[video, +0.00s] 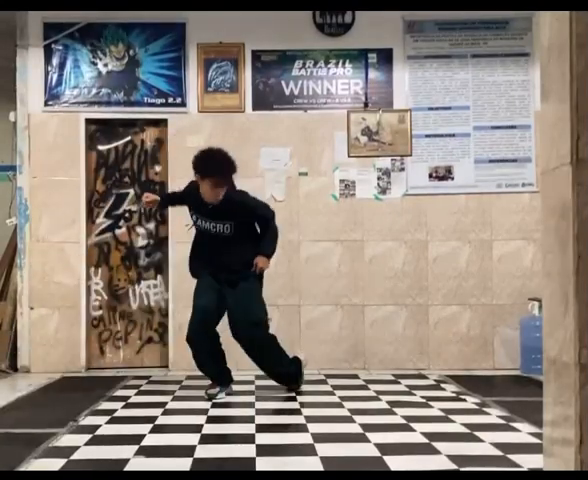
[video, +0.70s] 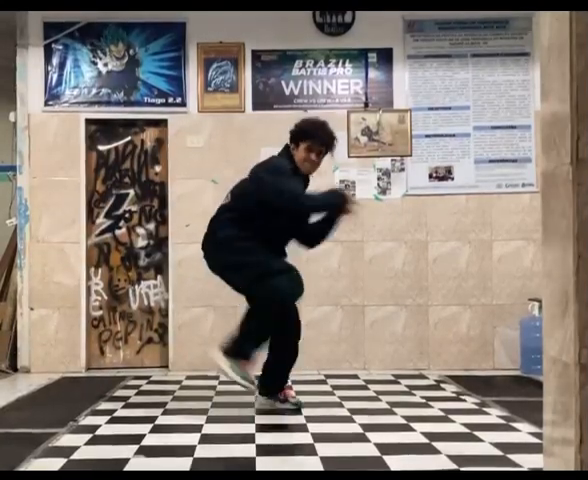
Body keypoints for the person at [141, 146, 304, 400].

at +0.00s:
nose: (220, 193)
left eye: (223, 187)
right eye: (215, 187)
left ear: (227, 184)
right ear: (199, 182)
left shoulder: (240, 202)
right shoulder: (193, 193)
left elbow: (268, 219)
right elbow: (179, 198)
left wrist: (266, 253)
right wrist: (161, 200)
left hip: (244, 278)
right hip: (210, 277)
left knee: (249, 332)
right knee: (198, 333)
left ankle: (291, 374)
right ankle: (221, 380)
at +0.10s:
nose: (223, 180)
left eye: (228, 174)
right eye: (218, 173)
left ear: (235, 170)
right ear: (205, 166)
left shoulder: (246, 189)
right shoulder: (195, 178)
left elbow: (268, 196)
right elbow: (182, 168)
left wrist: (266, 231)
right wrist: (160, 174)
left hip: (246, 264)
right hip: (212, 265)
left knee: (251, 311)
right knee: (205, 325)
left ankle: (286, 358)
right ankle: (221, 380)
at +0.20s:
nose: (249, 158)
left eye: (252, 152)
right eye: (245, 152)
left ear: (256, 150)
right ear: (229, 145)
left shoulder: (262, 172)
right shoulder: (206, 159)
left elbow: (268, 193)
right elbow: (165, 149)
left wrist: (268, 211)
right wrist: (170, 177)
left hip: (249, 242)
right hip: (215, 245)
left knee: (259, 292)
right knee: (218, 305)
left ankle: (272, 347)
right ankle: (223, 373)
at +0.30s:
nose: (272, 144)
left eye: (277, 138)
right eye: (267, 137)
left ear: (280, 137)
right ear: (250, 131)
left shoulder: (272, 164)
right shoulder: (217, 160)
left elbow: (258, 192)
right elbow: (183, 199)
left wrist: (265, 218)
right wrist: (206, 220)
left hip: (247, 238)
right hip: (212, 239)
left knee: (259, 297)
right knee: (221, 299)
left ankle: (266, 366)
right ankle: (226, 362)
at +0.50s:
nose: (300, 155)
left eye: (305, 149)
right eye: (296, 147)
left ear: (307, 147)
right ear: (279, 140)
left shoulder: (273, 171)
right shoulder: (257, 173)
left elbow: (252, 223)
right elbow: (259, 227)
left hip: (248, 252)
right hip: (220, 253)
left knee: (264, 305)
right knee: (229, 312)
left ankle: (271, 380)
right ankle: (218, 363)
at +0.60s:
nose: (316, 165)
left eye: (320, 159)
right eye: (311, 157)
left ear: (322, 158)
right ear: (294, 150)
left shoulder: (291, 184)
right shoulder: (268, 176)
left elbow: (278, 226)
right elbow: (269, 226)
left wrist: (299, 211)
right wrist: (301, 214)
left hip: (254, 252)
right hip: (224, 250)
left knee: (281, 309)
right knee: (265, 306)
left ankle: (273, 381)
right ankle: (219, 325)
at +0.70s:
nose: (313, 158)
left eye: (320, 155)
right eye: (309, 150)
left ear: (324, 158)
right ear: (294, 146)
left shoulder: (296, 184)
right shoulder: (275, 172)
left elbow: (307, 238)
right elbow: (297, 203)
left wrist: (334, 214)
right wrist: (335, 199)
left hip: (260, 253)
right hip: (230, 246)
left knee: (287, 323)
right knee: (285, 284)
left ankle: (272, 388)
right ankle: (237, 352)